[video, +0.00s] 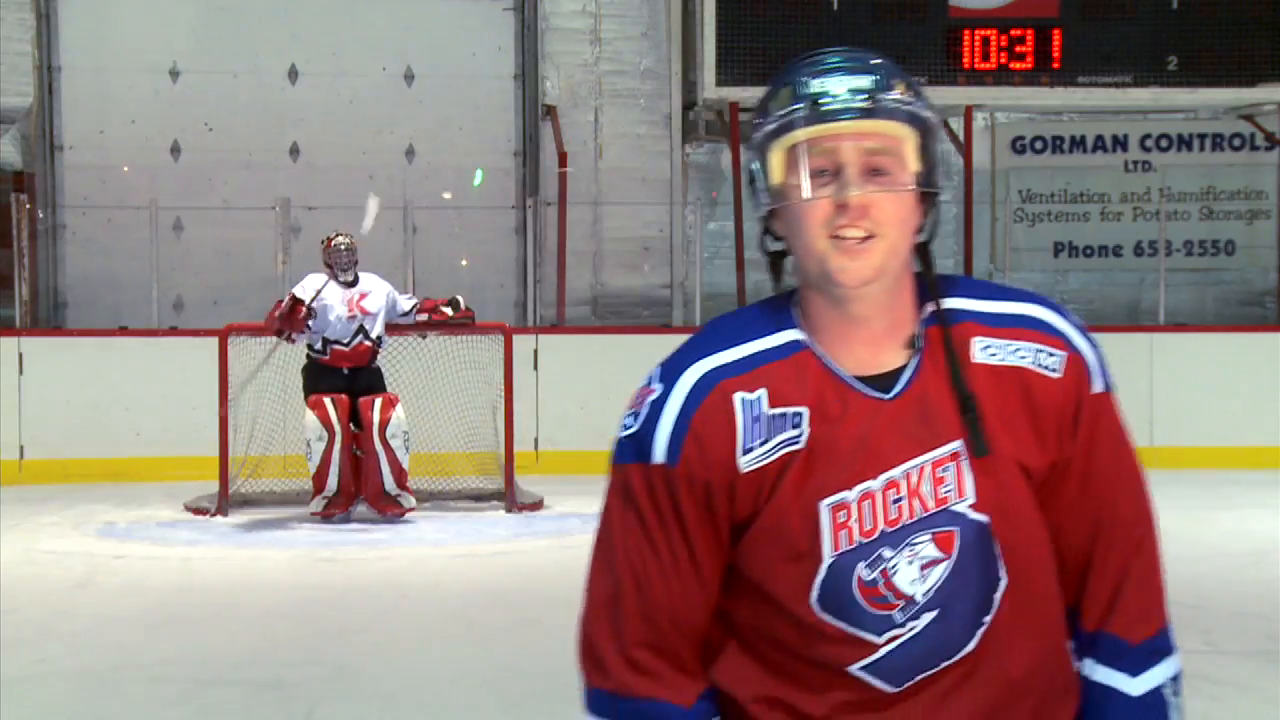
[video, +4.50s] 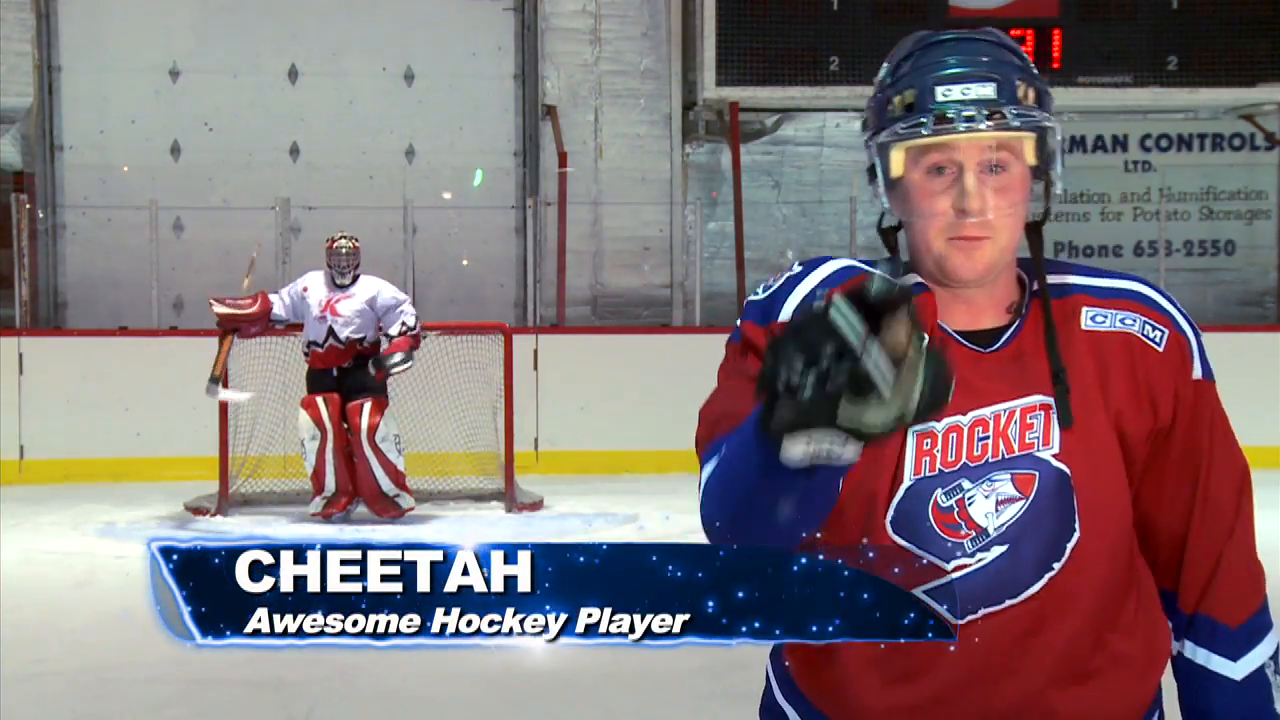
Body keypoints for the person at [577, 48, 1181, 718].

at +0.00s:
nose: (853, 199)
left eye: (880, 170)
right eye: (822, 173)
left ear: (923, 202)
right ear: (777, 210)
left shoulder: (1046, 355)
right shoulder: (693, 405)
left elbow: (1128, 642)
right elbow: (637, 682)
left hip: (1028, 706)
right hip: (795, 706)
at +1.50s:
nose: (815, 201)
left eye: (837, 163)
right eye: (779, 180)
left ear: (889, 180)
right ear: (741, 221)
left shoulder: (1036, 314)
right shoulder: (689, 413)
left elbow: (1139, 527)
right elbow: (626, 689)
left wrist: (1187, 698)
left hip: (1052, 710)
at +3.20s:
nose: (912, 150)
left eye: (943, 127)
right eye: (884, 126)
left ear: (985, 166)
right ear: (841, 161)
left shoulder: (1094, 329)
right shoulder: (754, 359)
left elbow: (1217, 581)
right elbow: (657, 637)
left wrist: (1275, 697)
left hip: (1076, 704)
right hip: (841, 711)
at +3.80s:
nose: (1023, 183)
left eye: (1054, 158)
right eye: (997, 151)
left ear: (1089, 184)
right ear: (946, 168)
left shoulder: (1165, 356)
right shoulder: (831, 333)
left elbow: (1258, 617)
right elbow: (723, 580)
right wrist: (621, 708)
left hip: (1099, 706)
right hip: (865, 707)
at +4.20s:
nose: (1032, 192)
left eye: (1063, 162)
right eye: (1001, 158)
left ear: (1097, 182)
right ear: (950, 171)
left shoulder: (1172, 345)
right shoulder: (843, 330)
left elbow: (1249, 592)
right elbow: (731, 562)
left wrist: (1254, 705)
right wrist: (708, 702)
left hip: (1102, 703)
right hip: (864, 705)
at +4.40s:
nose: (994, 201)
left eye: (1020, 168)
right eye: (961, 170)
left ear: (1056, 184)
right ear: (912, 185)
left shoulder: (1154, 340)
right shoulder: (823, 329)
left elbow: (1223, 610)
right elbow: (729, 517)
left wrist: (1233, 714)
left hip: (1093, 707)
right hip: (855, 707)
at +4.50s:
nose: (971, 198)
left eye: (998, 165)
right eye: (940, 168)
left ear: (1035, 182)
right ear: (891, 186)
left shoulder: (1138, 336)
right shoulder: (806, 320)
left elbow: (1221, 605)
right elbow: (741, 533)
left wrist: (1235, 713)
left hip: (1093, 707)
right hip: (847, 706)